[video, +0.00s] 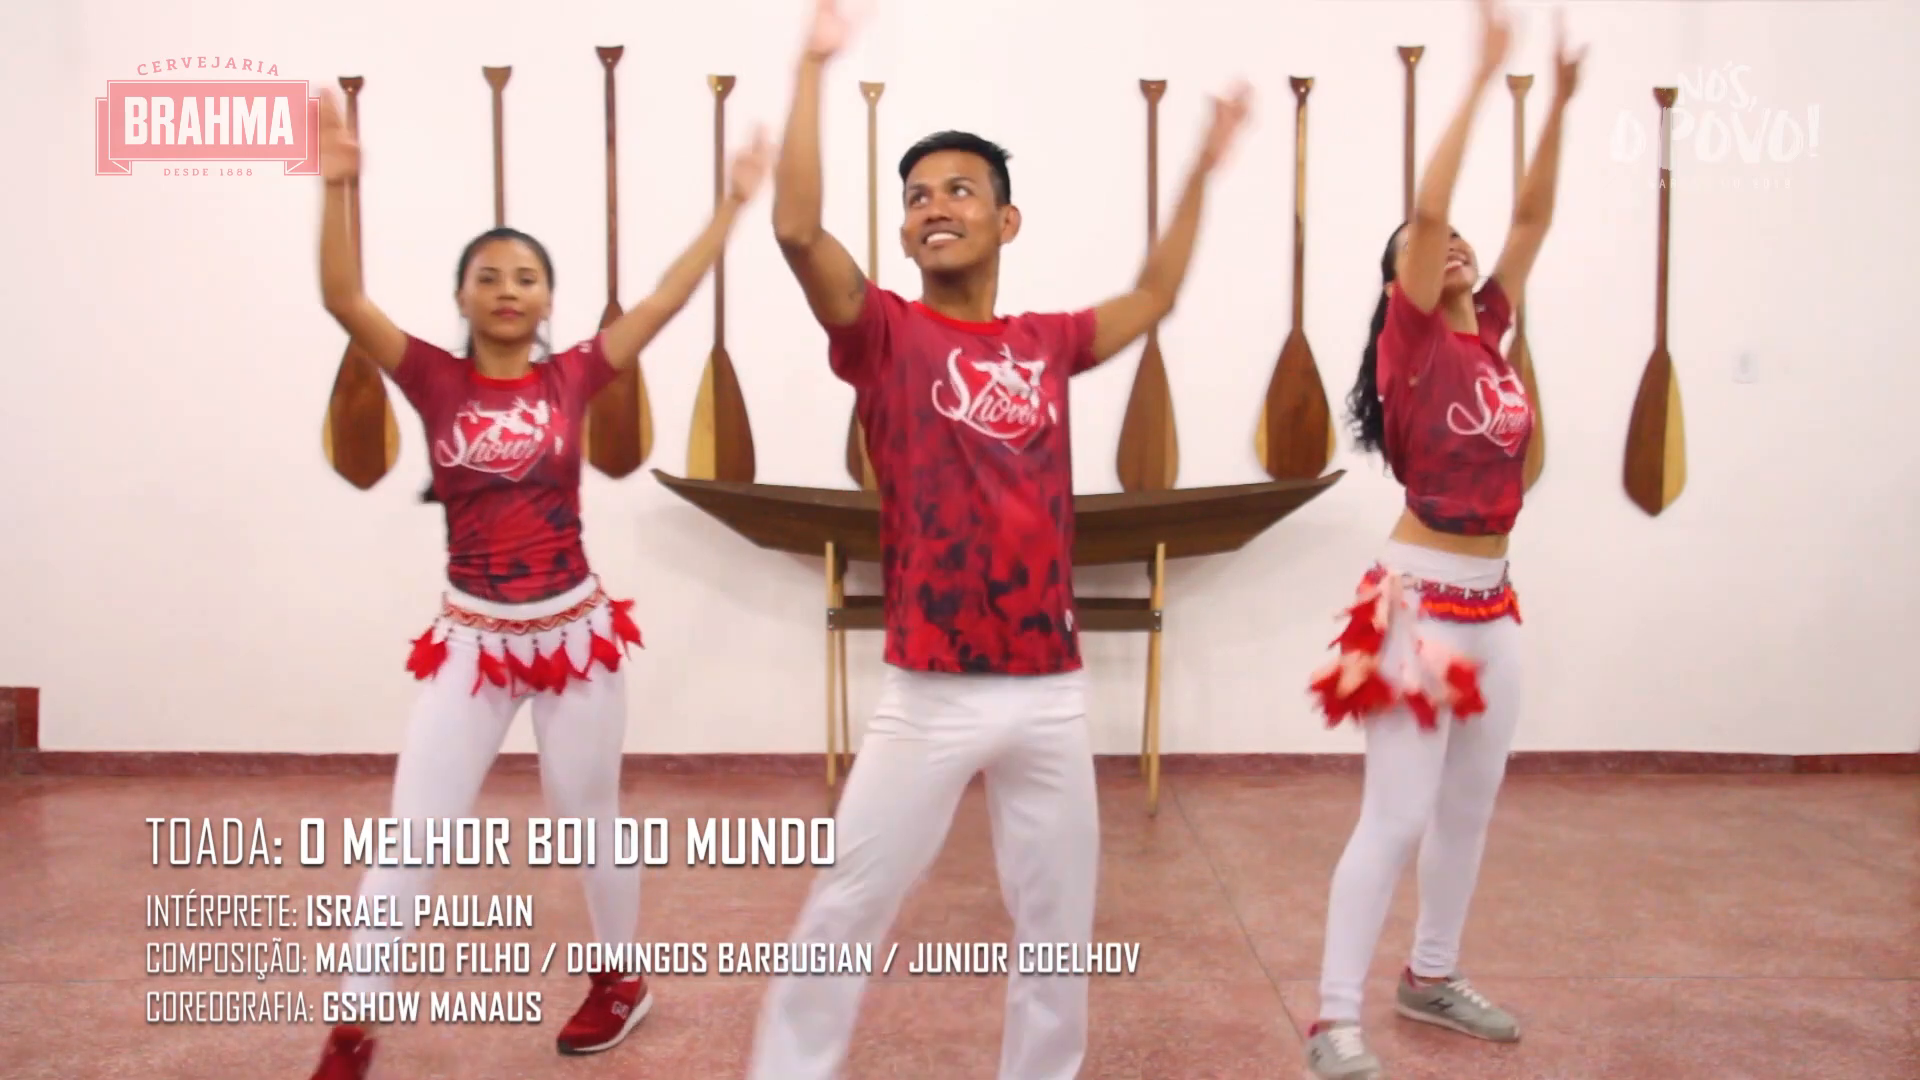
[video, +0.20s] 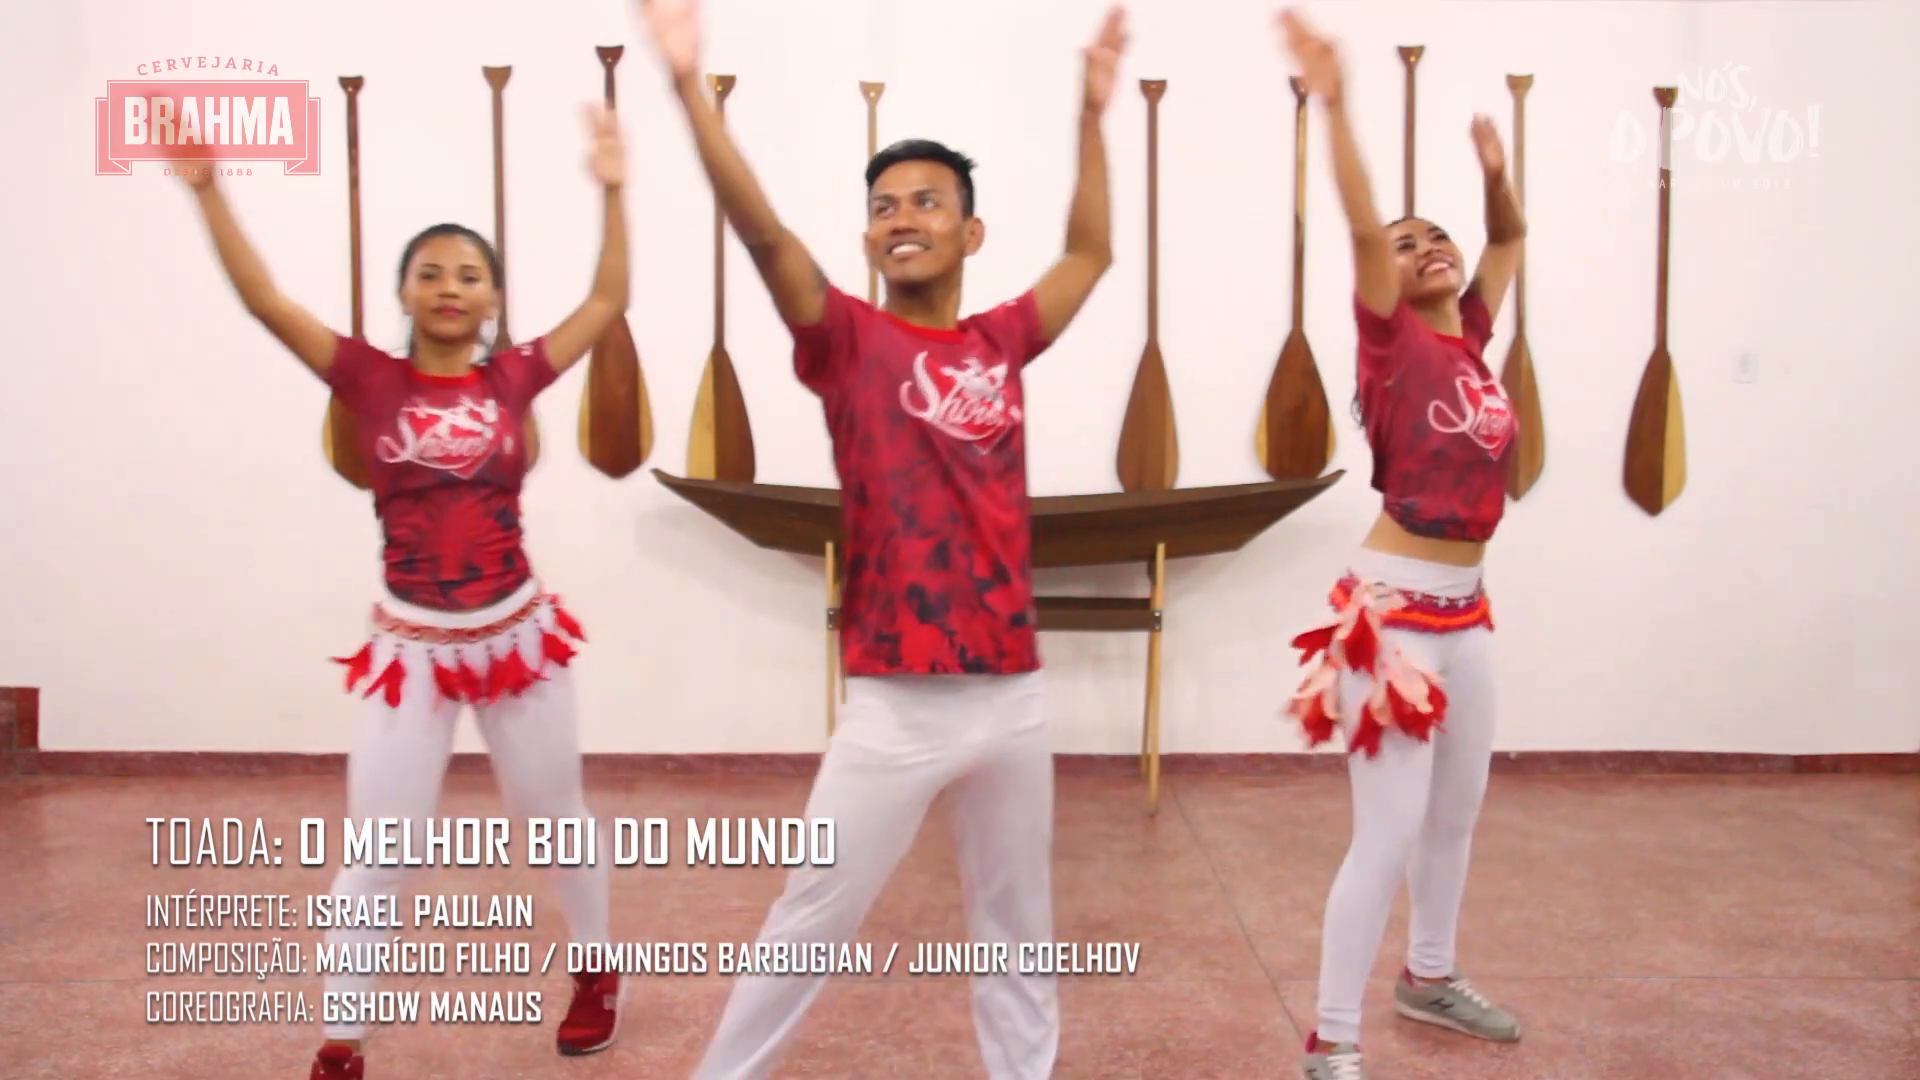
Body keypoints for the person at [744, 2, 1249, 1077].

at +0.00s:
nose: (937, 206)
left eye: (961, 189)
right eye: (920, 194)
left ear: (1009, 221)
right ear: (902, 228)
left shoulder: (1046, 343)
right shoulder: (883, 333)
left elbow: (1155, 293)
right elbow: (799, 231)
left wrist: (1205, 166)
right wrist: (813, 60)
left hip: (1046, 693)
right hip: (925, 694)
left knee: (1059, 948)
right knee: (841, 923)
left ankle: (1039, 1079)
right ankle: (783, 1076)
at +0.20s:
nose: (902, 217)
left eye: (925, 200)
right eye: (885, 205)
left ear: (972, 233)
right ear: (866, 238)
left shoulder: (1000, 341)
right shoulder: (849, 341)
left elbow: (1090, 252)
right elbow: (765, 235)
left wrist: (1094, 115)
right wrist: (690, 83)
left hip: (1007, 698)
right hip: (891, 704)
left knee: (1018, 942)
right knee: (807, 936)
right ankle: (716, 1079)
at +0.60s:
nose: (814, 246)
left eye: (838, 228)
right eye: (795, 222)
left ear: (870, 239)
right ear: (762, 225)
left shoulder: (889, 348)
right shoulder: (701, 328)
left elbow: (1005, 259)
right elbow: (568, 252)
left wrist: (970, 128)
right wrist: (443, 152)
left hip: (849, 709)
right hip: (713, 707)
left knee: (932, 939)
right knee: (695, 961)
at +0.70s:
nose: (797, 241)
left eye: (821, 223)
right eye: (778, 216)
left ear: (849, 233)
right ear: (741, 216)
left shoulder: (872, 345)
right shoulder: (675, 324)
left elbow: (984, 267)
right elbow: (536, 265)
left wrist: (943, 145)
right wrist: (396, 171)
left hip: (827, 704)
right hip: (696, 703)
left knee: (891, 953)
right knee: (690, 966)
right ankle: (711, 1079)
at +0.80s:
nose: (782, 241)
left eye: (806, 221)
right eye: (763, 216)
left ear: (836, 230)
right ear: (728, 216)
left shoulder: (860, 343)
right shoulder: (664, 320)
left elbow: (966, 280)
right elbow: (521, 288)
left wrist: (908, 164)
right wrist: (368, 209)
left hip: (808, 705)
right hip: (682, 699)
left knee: (824, 960)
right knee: (689, 967)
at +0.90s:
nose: (774, 242)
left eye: (798, 222)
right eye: (754, 219)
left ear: (829, 237)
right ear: (717, 225)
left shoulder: (854, 352)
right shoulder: (664, 331)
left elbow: (953, 288)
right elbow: (508, 301)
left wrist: (867, 174)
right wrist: (356, 243)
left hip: (790, 716)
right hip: (670, 705)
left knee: (774, 966)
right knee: (684, 967)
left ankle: (775, 1078)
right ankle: (712, 1074)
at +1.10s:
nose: (764, 226)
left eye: (787, 207)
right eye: (743, 206)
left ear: (818, 227)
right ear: (709, 222)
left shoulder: (848, 340)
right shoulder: (656, 337)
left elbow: (922, 239)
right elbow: (499, 301)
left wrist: (805, 125)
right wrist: (351, 234)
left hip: (791, 715)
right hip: (675, 707)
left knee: (773, 956)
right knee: (677, 959)